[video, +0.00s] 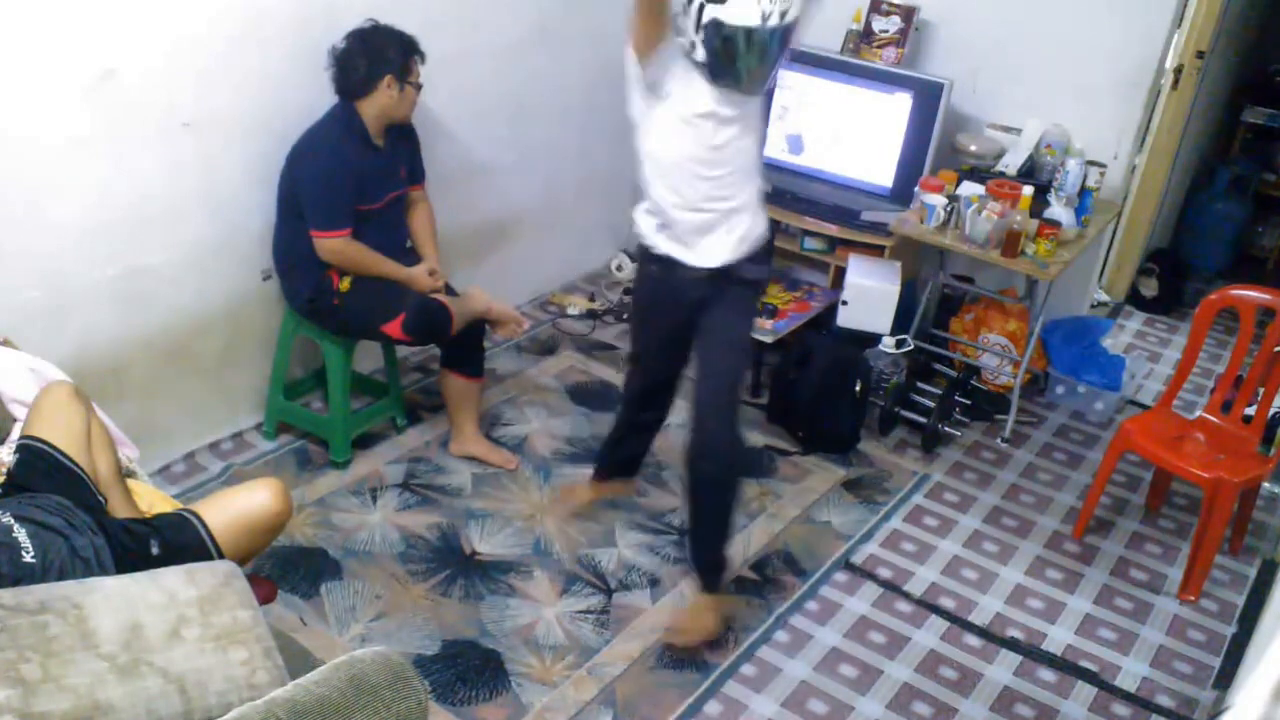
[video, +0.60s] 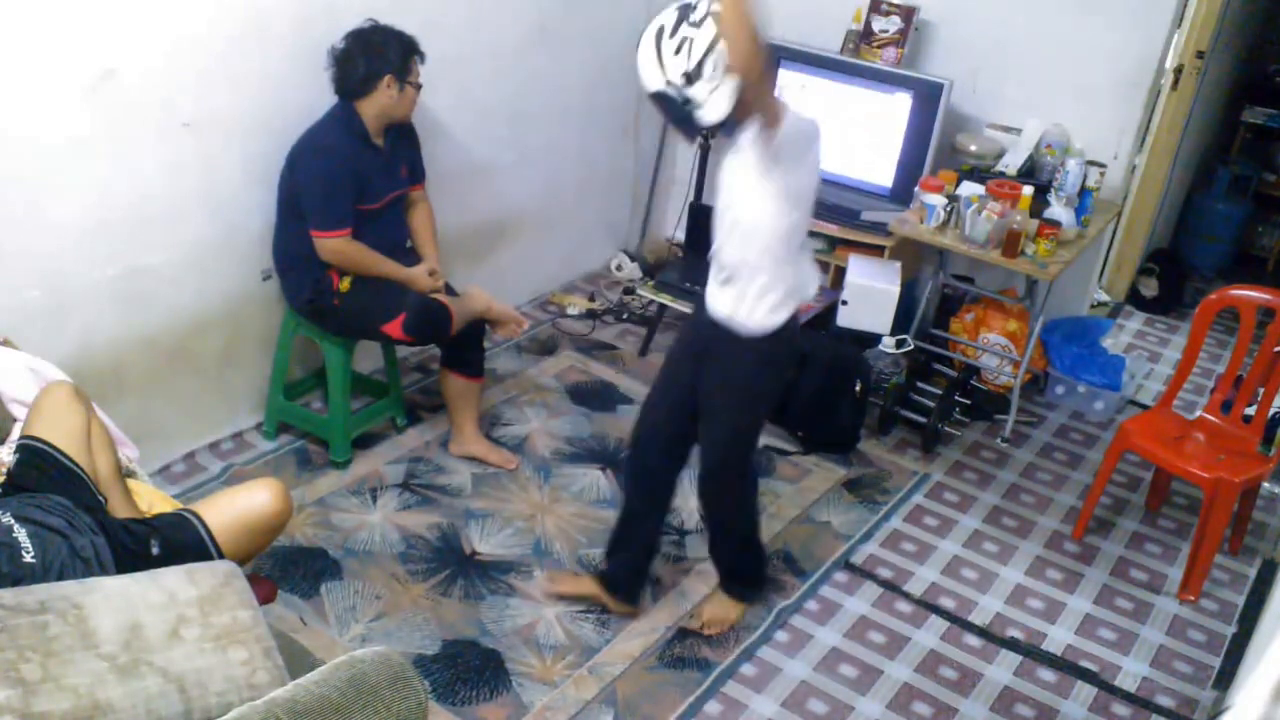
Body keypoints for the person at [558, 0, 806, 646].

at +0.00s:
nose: (744, 53)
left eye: (754, 43)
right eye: (729, 37)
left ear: (764, 43)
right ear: (696, 25)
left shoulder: (755, 69)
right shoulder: (656, 58)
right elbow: (650, 5)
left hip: (735, 266)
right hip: (664, 259)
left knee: (714, 425)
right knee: (647, 386)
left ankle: (710, 586)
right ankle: (613, 474)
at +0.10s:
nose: (748, 44)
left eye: (758, 35)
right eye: (733, 34)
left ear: (769, 39)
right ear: (706, 35)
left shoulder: (776, 88)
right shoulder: (671, 86)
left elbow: (848, 43)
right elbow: (654, 51)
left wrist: (844, 18)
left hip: (751, 285)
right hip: (674, 273)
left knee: (742, 441)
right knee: (653, 384)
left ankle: (740, 588)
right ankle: (644, 451)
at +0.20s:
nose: (732, 124)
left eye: (748, 115)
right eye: (724, 110)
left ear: (785, 101)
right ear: (709, 95)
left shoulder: (806, 139)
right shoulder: (683, 133)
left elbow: (884, 208)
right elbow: (656, 214)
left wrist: (874, 122)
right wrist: (690, 122)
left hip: (772, 337)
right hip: (695, 321)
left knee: (758, 484)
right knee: (661, 414)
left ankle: (747, 601)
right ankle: (668, 440)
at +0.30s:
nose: (727, 131)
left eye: (744, 116)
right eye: (713, 115)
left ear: (783, 95)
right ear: (698, 96)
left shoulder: (826, 131)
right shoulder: (694, 134)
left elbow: (919, 200)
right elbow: (659, 246)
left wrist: (875, 118)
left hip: (773, 333)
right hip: (699, 314)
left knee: (756, 481)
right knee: (656, 422)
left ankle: (744, 600)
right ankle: (685, 473)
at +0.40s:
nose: (703, 99)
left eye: (712, 82)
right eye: (694, 83)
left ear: (754, 57)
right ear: (688, 65)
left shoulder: (824, 93)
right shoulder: (718, 109)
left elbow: (896, 94)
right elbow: (697, 212)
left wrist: (861, 13)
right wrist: (651, 290)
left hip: (773, 304)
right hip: (706, 284)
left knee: (743, 445)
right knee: (660, 410)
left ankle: (738, 582)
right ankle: (667, 536)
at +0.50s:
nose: (710, 80)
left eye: (713, 66)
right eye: (701, 70)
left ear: (742, 41)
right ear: (702, 59)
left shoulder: (819, 98)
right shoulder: (731, 94)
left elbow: (826, 69)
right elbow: (708, 166)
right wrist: (671, 199)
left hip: (776, 301)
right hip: (714, 279)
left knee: (732, 442)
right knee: (668, 419)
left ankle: (717, 576)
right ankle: (650, 551)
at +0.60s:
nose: (720, 82)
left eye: (728, 69)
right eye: (714, 72)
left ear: (764, 76)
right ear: (719, 82)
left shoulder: (796, 135)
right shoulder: (730, 131)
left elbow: (750, 71)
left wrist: (727, 5)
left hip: (765, 334)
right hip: (714, 317)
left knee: (723, 469)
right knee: (653, 445)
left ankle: (741, 584)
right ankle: (619, 582)